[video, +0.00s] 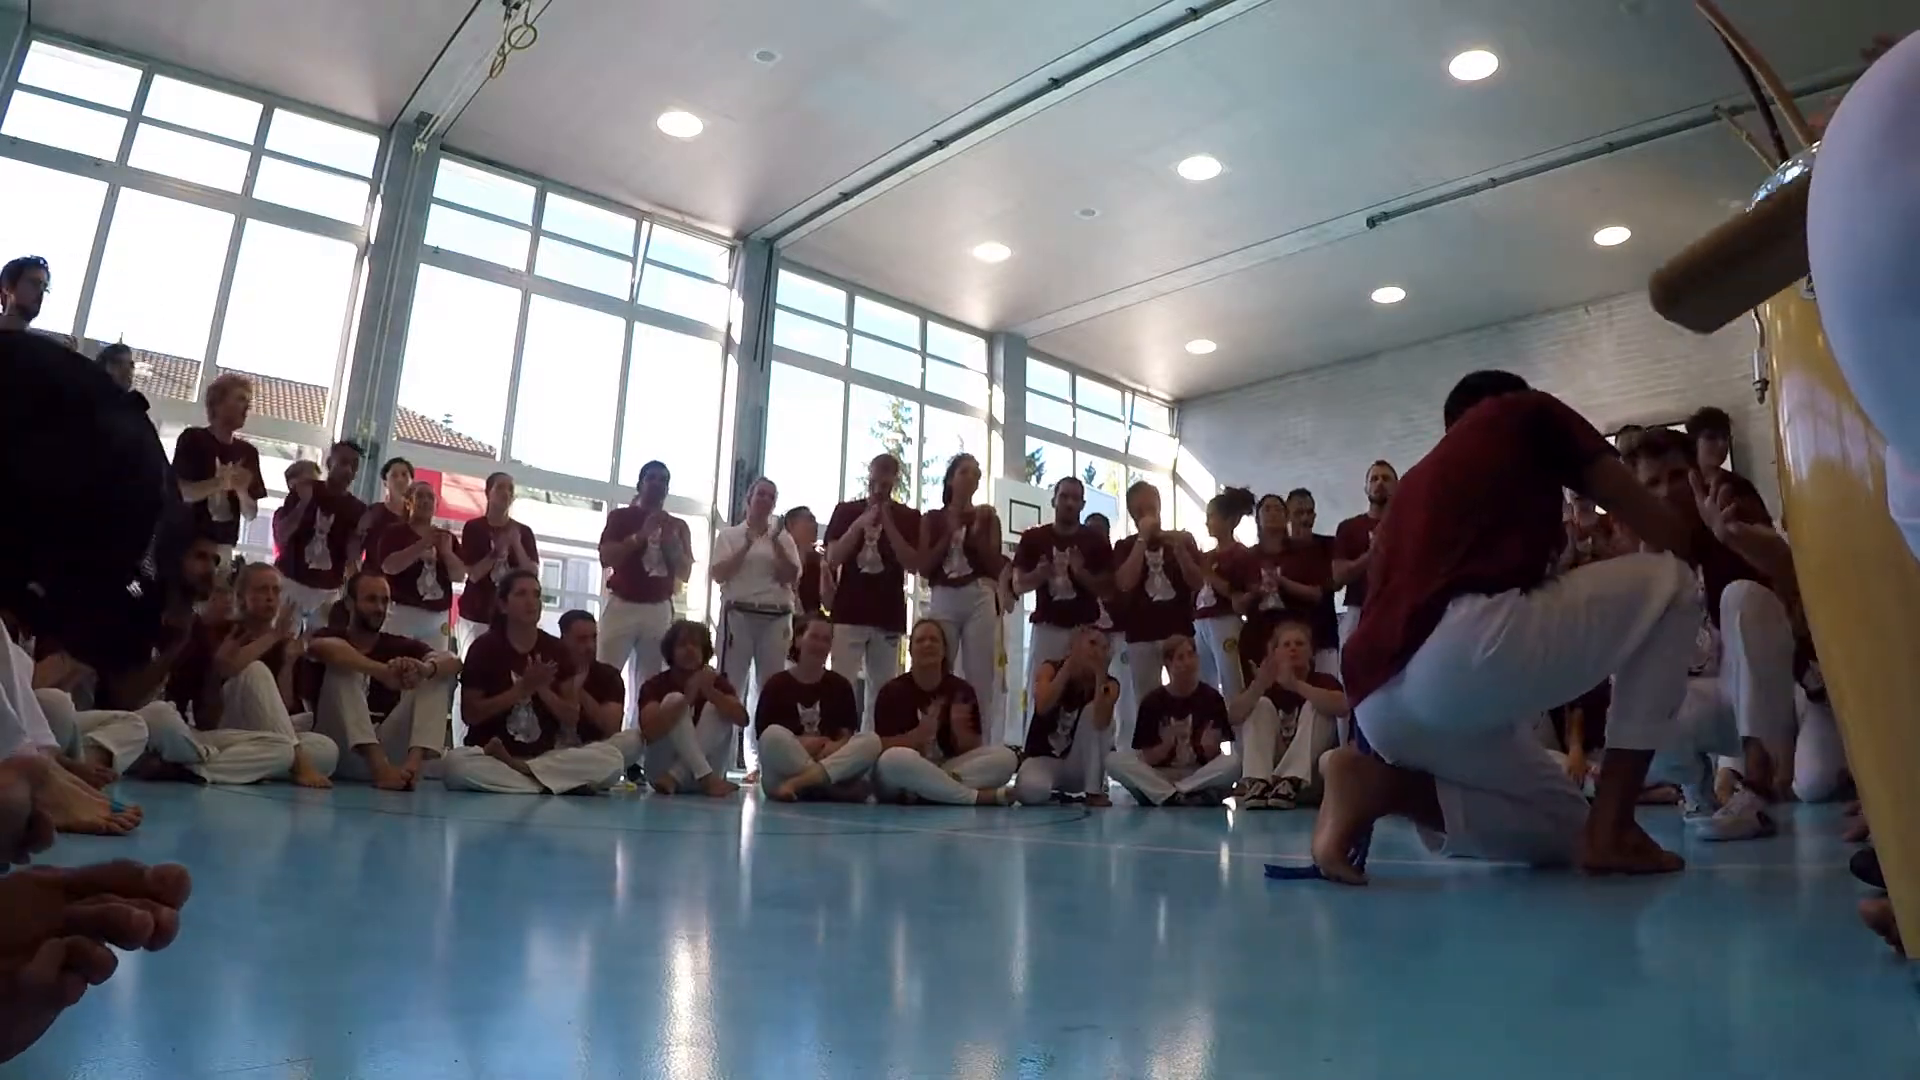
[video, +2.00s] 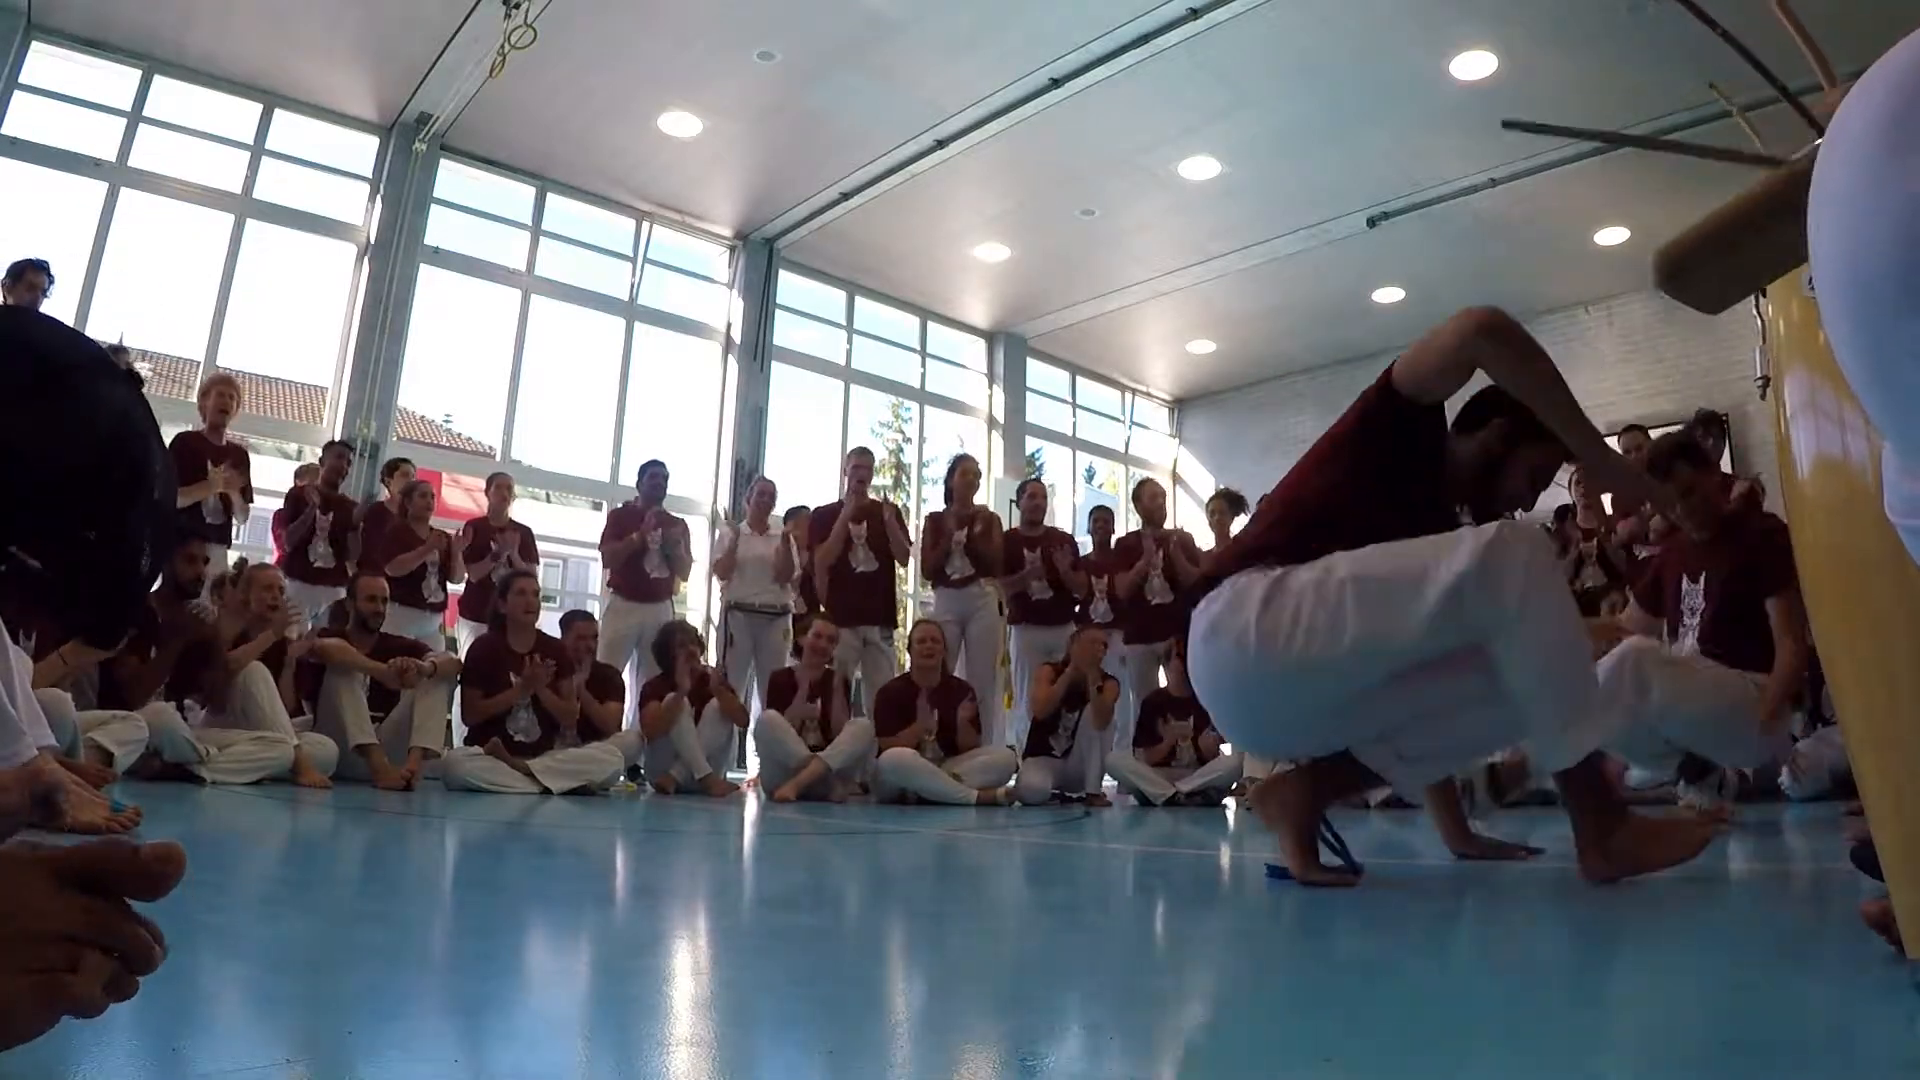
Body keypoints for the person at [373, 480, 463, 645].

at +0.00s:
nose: (425, 501)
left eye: (430, 497)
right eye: (420, 496)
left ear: (436, 504)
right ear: (409, 502)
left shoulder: (447, 538)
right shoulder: (395, 532)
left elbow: (459, 576)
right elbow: (388, 567)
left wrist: (447, 552)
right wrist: (422, 544)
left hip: (437, 614)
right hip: (401, 610)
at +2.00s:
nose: (429, 502)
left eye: (432, 497)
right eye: (423, 496)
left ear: (436, 502)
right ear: (407, 501)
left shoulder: (441, 537)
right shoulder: (397, 532)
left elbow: (456, 579)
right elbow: (392, 569)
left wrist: (457, 551)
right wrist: (427, 548)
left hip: (434, 614)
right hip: (401, 610)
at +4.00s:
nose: (424, 502)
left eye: (426, 496)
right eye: (417, 497)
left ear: (431, 500)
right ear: (403, 504)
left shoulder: (440, 534)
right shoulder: (392, 535)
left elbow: (457, 577)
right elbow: (392, 569)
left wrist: (443, 554)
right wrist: (430, 548)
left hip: (434, 615)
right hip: (400, 612)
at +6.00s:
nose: (425, 501)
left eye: (429, 497)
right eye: (419, 496)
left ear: (433, 502)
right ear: (406, 502)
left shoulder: (440, 536)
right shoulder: (394, 532)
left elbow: (458, 575)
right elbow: (392, 569)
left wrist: (441, 556)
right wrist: (428, 549)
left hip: (434, 614)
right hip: (400, 610)